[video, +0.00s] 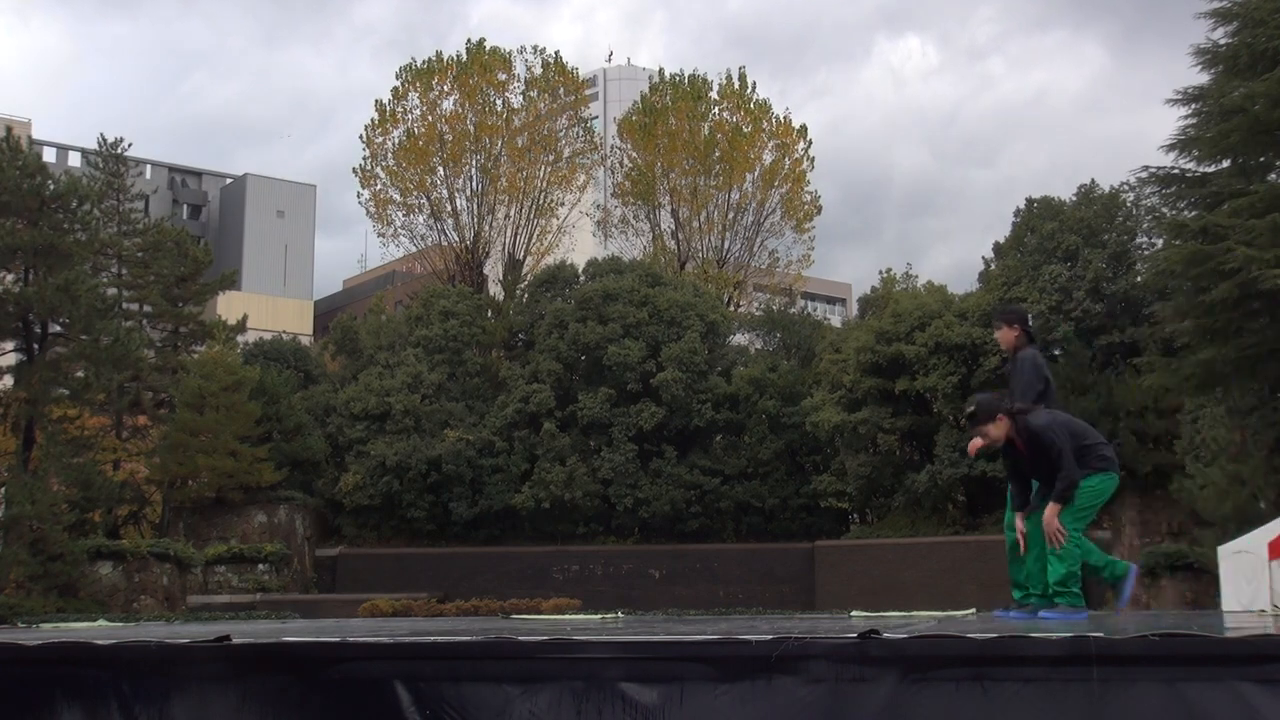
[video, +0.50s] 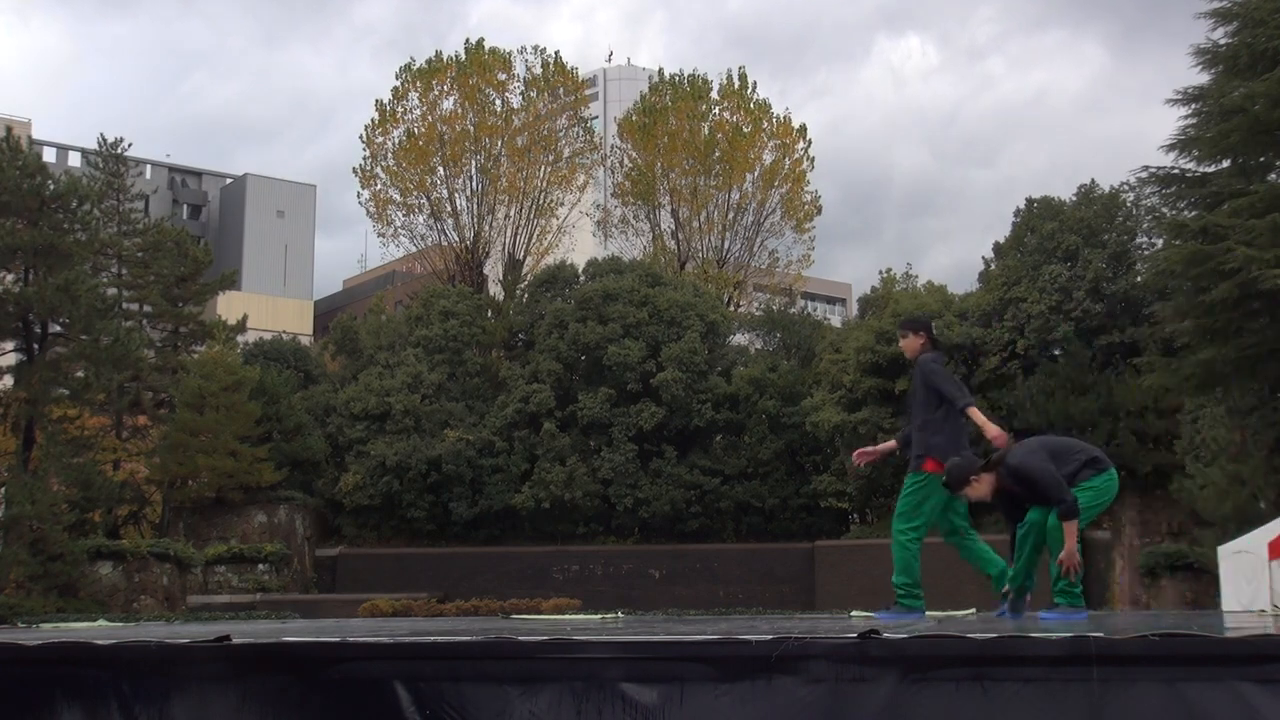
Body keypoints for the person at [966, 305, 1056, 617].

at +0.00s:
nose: (997, 336)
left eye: (1000, 330)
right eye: (996, 330)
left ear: (1017, 331)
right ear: (1016, 332)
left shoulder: (1028, 360)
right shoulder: (1018, 360)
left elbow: (1022, 410)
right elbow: (1016, 407)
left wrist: (988, 436)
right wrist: (988, 437)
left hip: (1034, 457)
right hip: (1021, 452)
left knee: (1017, 522)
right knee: (1015, 522)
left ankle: (1029, 595)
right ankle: (1027, 594)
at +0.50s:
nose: (900, 345)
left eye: (903, 339)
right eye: (900, 339)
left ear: (921, 338)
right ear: (920, 339)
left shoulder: (927, 364)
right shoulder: (924, 369)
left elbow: (957, 394)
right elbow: (921, 428)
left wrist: (986, 425)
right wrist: (881, 449)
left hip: (929, 462)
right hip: (946, 463)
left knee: (905, 529)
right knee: (958, 532)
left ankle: (908, 604)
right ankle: (1010, 585)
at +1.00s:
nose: (837, 340)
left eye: (841, 333)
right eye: (835, 334)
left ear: (860, 333)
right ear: (851, 336)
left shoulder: (879, 355)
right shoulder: (857, 367)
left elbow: (914, 384)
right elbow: (865, 412)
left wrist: (935, 415)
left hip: (889, 458)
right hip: (856, 458)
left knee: (888, 532)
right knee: (822, 500)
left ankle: (909, 602)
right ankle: (877, 492)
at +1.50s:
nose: (774, 335)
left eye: (781, 330)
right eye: (773, 329)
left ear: (798, 334)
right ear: (775, 333)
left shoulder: (815, 368)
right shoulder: (777, 373)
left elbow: (847, 406)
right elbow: (773, 421)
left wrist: (876, 440)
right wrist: (761, 452)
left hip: (816, 459)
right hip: (787, 463)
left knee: (811, 511)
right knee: (786, 531)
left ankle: (883, 537)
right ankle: (789, 604)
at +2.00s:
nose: (739, 344)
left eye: (745, 340)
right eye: (738, 339)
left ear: (762, 341)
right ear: (739, 339)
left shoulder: (772, 378)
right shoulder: (738, 371)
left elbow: (788, 424)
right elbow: (728, 410)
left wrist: (797, 465)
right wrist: (704, 431)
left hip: (751, 458)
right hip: (735, 459)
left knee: (716, 503)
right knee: (752, 534)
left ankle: (792, 508)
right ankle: (786, 602)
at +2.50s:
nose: (651, 339)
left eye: (656, 334)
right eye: (650, 333)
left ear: (675, 337)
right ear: (655, 335)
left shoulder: (682, 372)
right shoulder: (659, 368)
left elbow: (692, 423)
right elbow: (657, 419)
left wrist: (692, 467)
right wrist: (641, 447)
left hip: (669, 465)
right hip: (655, 464)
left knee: (649, 533)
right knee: (655, 535)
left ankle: (651, 606)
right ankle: (717, 573)